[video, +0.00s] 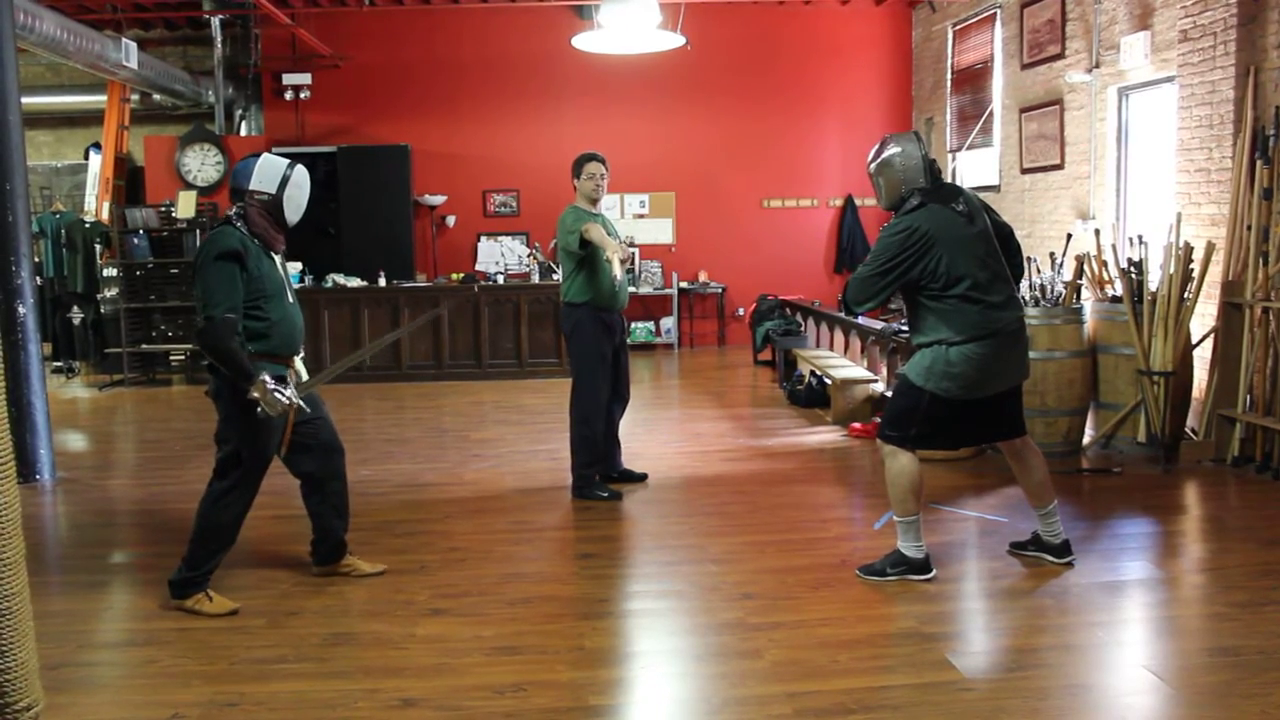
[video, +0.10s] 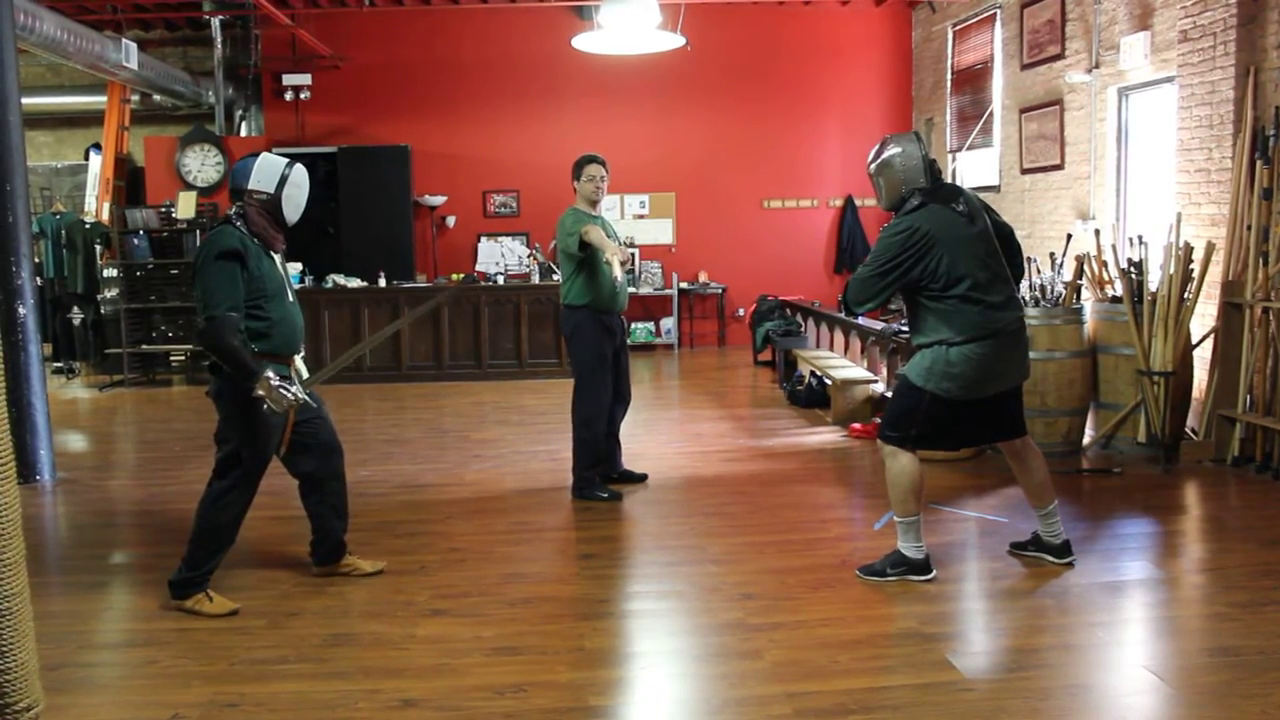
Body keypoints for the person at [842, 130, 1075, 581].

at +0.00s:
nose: (877, 191)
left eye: (878, 180)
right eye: (876, 181)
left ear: (896, 177)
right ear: (924, 171)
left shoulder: (907, 227)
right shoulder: (970, 204)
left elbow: (856, 297)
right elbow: (1013, 255)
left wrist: (884, 277)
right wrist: (994, 296)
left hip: (954, 352)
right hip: (1008, 344)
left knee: (895, 437)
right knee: (1014, 438)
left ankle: (911, 553)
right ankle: (1053, 538)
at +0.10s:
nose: (877, 192)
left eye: (879, 181)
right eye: (876, 181)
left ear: (896, 178)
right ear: (924, 171)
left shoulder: (908, 227)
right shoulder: (971, 204)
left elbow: (857, 297)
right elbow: (1013, 254)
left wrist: (882, 278)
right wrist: (995, 295)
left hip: (954, 353)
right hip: (1008, 345)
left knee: (895, 437)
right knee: (1014, 439)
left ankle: (911, 554)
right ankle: (1054, 538)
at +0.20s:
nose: (878, 192)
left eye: (879, 181)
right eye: (877, 182)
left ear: (897, 178)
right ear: (925, 171)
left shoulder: (908, 228)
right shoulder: (972, 205)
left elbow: (858, 297)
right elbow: (1014, 257)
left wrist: (887, 276)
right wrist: (995, 297)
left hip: (954, 354)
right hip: (1008, 346)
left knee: (896, 438)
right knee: (1015, 439)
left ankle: (911, 554)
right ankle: (1054, 539)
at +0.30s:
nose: (879, 193)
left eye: (880, 182)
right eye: (878, 182)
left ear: (897, 179)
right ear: (926, 171)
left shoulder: (909, 228)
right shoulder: (973, 205)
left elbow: (859, 296)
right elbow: (1015, 258)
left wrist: (882, 279)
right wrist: (992, 296)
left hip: (954, 354)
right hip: (1009, 347)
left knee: (897, 438)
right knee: (1015, 440)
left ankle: (911, 554)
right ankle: (1054, 539)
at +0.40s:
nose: (880, 193)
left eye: (881, 182)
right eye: (879, 183)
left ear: (898, 179)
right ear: (927, 171)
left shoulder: (910, 228)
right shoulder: (974, 206)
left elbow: (859, 297)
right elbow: (1016, 259)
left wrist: (888, 277)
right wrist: (992, 298)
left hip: (954, 355)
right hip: (1009, 348)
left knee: (897, 439)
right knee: (1016, 440)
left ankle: (911, 554)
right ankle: (1054, 539)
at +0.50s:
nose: (881, 193)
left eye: (882, 182)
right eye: (880, 183)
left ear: (899, 179)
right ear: (928, 172)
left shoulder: (910, 228)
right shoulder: (974, 206)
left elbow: (859, 296)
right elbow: (1016, 259)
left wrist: (888, 277)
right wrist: (992, 298)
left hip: (954, 356)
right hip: (1009, 348)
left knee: (898, 439)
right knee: (1016, 440)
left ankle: (911, 554)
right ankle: (1054, 539)